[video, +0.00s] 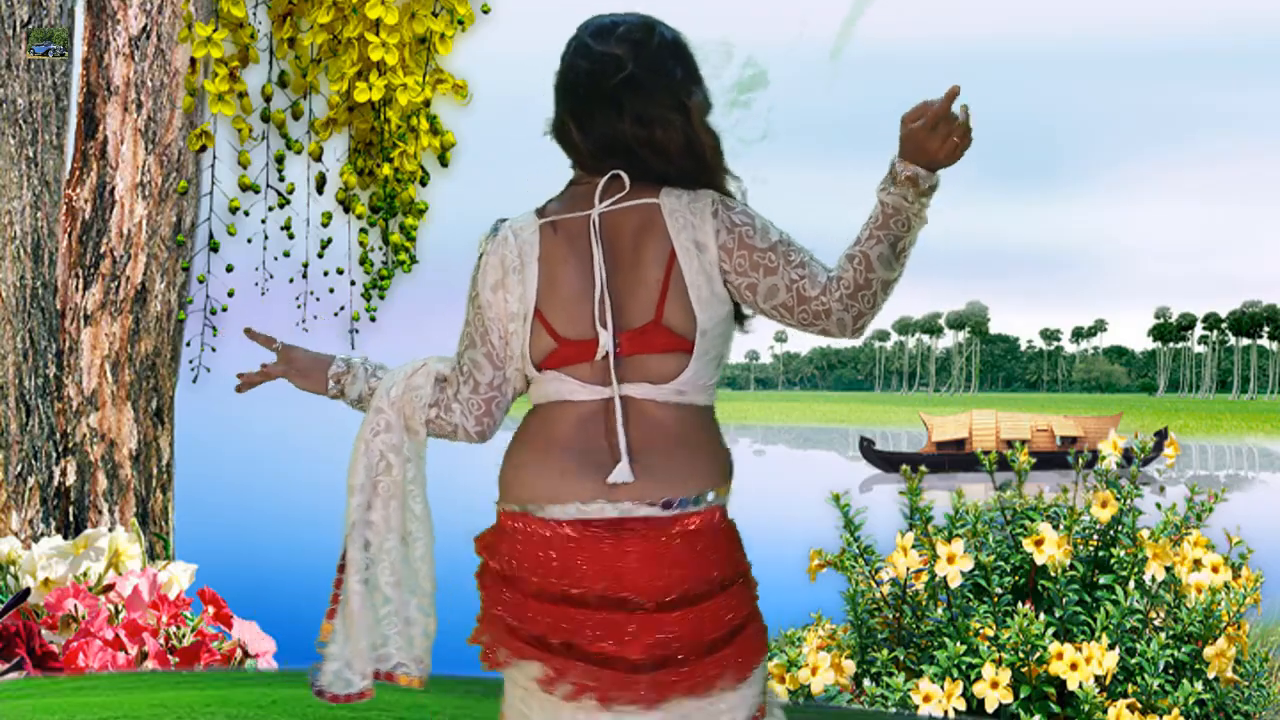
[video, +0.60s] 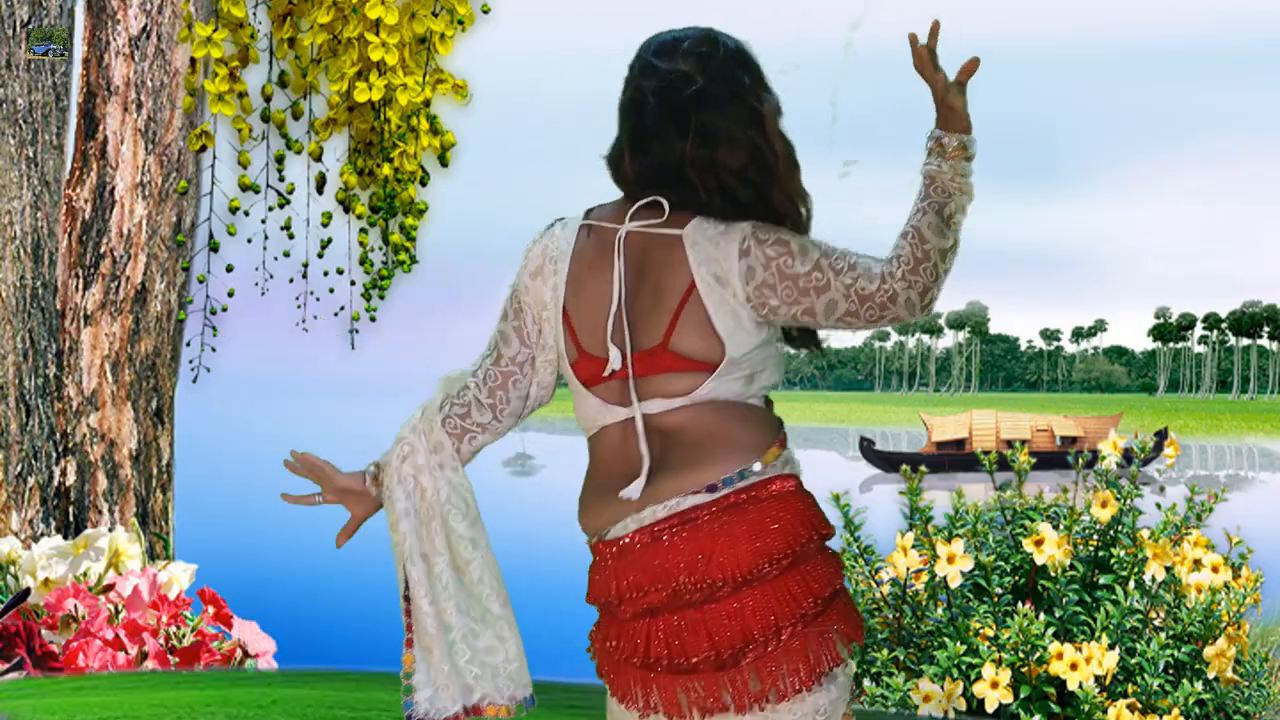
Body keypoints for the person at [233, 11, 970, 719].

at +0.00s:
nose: (705, 110)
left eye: (697, 89)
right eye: (696, 92)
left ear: (570, 115)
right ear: (678, 108)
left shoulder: (514, 243)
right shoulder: (711, 221)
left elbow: (469, 407)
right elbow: (844, 309)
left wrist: (331, 375)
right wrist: (913, 174)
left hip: (543, 522)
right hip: (684, 521)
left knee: (552, 693)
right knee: (710, 700)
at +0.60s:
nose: (772, 135)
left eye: (764, 111)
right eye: (760, 115)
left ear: (633, 131)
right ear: (740, 131)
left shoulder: (558, 254)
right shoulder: (742, 248)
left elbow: (496, 394)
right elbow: (902, 292)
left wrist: (387, 479)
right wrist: (952, 147)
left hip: (619, 531)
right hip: (744, 508)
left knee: (650, 709)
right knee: (792, 708)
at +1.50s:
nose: (726, 124)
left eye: (718, 103)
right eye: (716, 105)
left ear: (584, 125)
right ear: (691, 121)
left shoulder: (515, 247)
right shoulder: (702, 236)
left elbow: (452, 393)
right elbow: (867, 261)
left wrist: (342, 437)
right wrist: (949, 127)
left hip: (531, 547)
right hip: (662, 539)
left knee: (568, 703)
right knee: (713, 705)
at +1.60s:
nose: (710, 122)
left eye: (702, 105)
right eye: (700, 105)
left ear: (578, 119)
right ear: (681, 115)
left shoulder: (510, 239)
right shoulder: (698, 230)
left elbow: (442, 380)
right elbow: (862, 259)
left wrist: (325, 445)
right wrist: (959, 138)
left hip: (523, 534)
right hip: (652, 530)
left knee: (573, 702)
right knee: (754, 703)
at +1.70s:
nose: (705, 124)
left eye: (692, 108)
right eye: (694, 109)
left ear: (570, 130)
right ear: (681, 122)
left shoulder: (516, 250)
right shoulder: (705, 232)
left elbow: (439, 397)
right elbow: (866, 252)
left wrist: (308, 449)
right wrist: (969, 134)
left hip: (512, 540)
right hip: (643, 558)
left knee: (530, 700)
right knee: (717, 699)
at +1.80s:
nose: (702, 128)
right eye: (689, 113)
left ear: (570, 145)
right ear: (682, 130)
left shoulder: (526, 270)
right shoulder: (718, 239)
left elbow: (452, 414)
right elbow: (878, 246)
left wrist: (308, 454)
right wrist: (975, 119)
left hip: (505, 528)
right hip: (637, 556)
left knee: (519, 688)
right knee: (710, 694)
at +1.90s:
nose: (703, 126)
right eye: (691, 110)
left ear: (572, 135)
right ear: (682, 123)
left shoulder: (523, 260)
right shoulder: (713, 233)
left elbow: (459, 408)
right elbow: (873, 256)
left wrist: (317, 462)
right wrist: (977, 138)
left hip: (530, 518)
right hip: (663, 531)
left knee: (550, 693)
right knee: (723, 698)